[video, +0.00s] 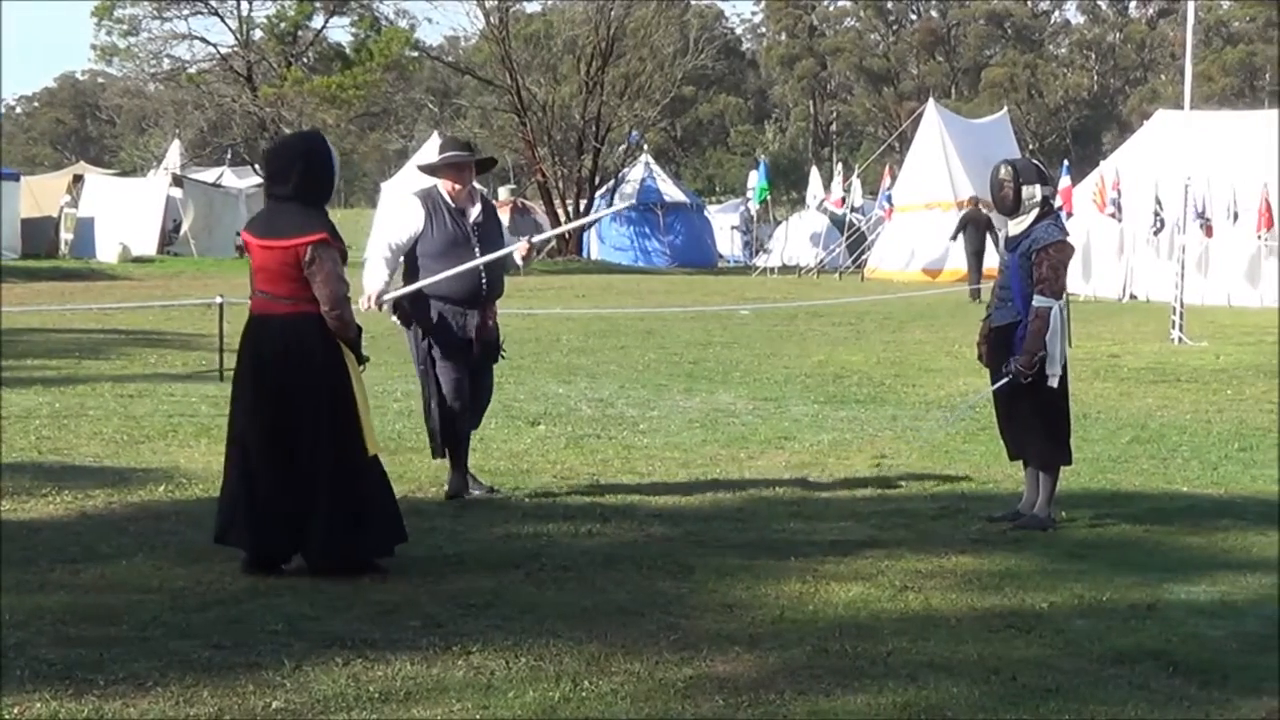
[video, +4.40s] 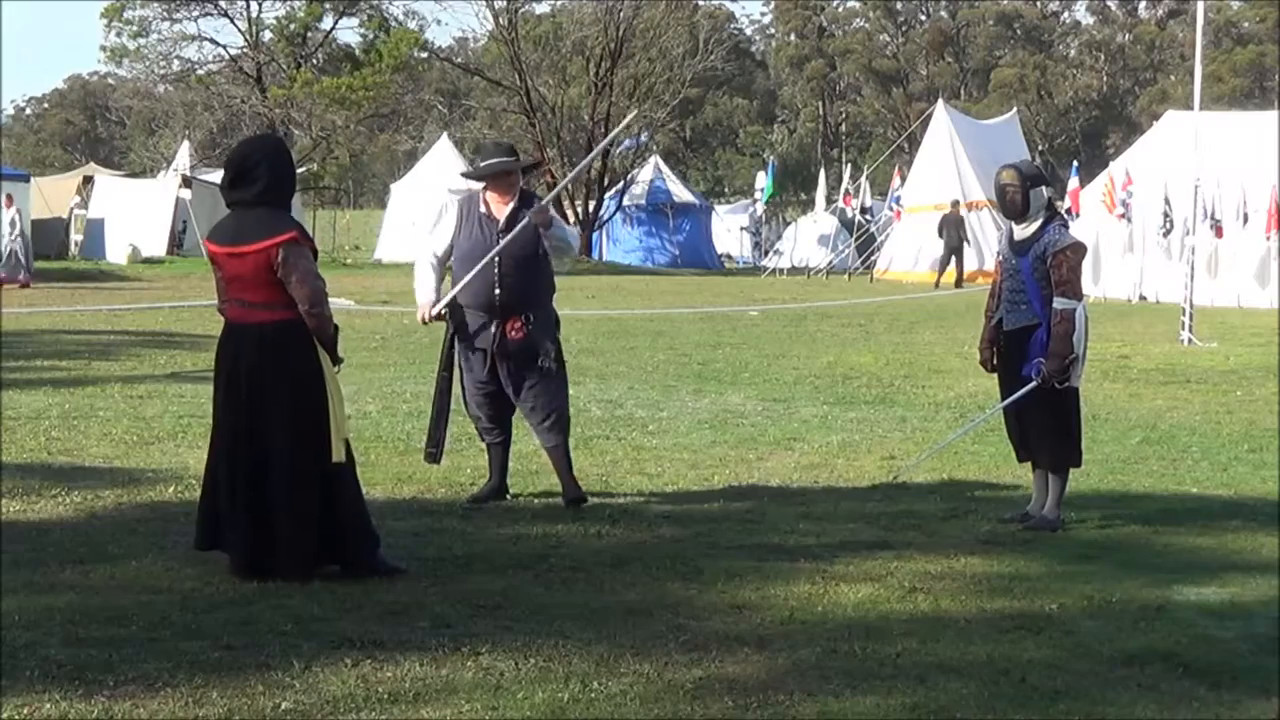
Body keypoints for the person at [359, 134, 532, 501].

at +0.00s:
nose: (457, 176)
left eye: (463, 168)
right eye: (450, 170)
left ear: (474, 170)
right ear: (437, 173)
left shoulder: (484, 204)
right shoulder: (418, 206)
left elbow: (496, 255)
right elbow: (386, 246)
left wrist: (517, 254)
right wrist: (375, 283)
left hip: (481, 313)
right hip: (438, 314)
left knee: (481, 393)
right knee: (454, 396)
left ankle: (457, 463)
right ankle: (460, 477)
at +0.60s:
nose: (473, 178)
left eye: (478, 171)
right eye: (464, 173)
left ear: (488, 170)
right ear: (451, 178)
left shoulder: (500, 204)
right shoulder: (434, 209)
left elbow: (516, 243)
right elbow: (399, 251)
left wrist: (542, 260)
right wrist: (397, 282)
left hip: (503, 317)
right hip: (458, 321)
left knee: (514, 395)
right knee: (467, 403)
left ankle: (503, 461)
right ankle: (472, 482)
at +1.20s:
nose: (509, 177)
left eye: (516, 169)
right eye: (501, 171)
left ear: (527, 171)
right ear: (488, 175)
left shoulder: (543, 212)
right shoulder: (466, 209)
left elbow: (568, 258)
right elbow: (434, 253)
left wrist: (582, 265)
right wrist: (422, 286)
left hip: (531, 323)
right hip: (480, 324)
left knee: (539, 405)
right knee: (480, 408)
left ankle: (555, 484)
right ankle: (474, 484)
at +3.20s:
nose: (492, 177)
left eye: (500, 169)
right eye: (485, 170)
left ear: (513, 172)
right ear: (473, 175)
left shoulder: (533, 212)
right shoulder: (454, 209)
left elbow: (559, 258)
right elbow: (420, 256)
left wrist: (537, 268)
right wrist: (385, 295)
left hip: (520, 325)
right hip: (468, 324)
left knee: (531, 403)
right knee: (484, 407)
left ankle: (549, 481)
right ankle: (496, 482)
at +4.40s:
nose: (505, 182)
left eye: (510, 174)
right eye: (495, 176)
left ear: (520, 174)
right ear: (482, 180)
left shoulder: (537, 209)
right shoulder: (460, 209)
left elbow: (568, 253)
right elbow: (431, 254)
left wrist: (549, 227)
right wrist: (426, 295)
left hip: (530, 325)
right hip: (476, 327)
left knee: (546, 405)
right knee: (488, 408)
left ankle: (568, 482)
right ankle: (496, 482)